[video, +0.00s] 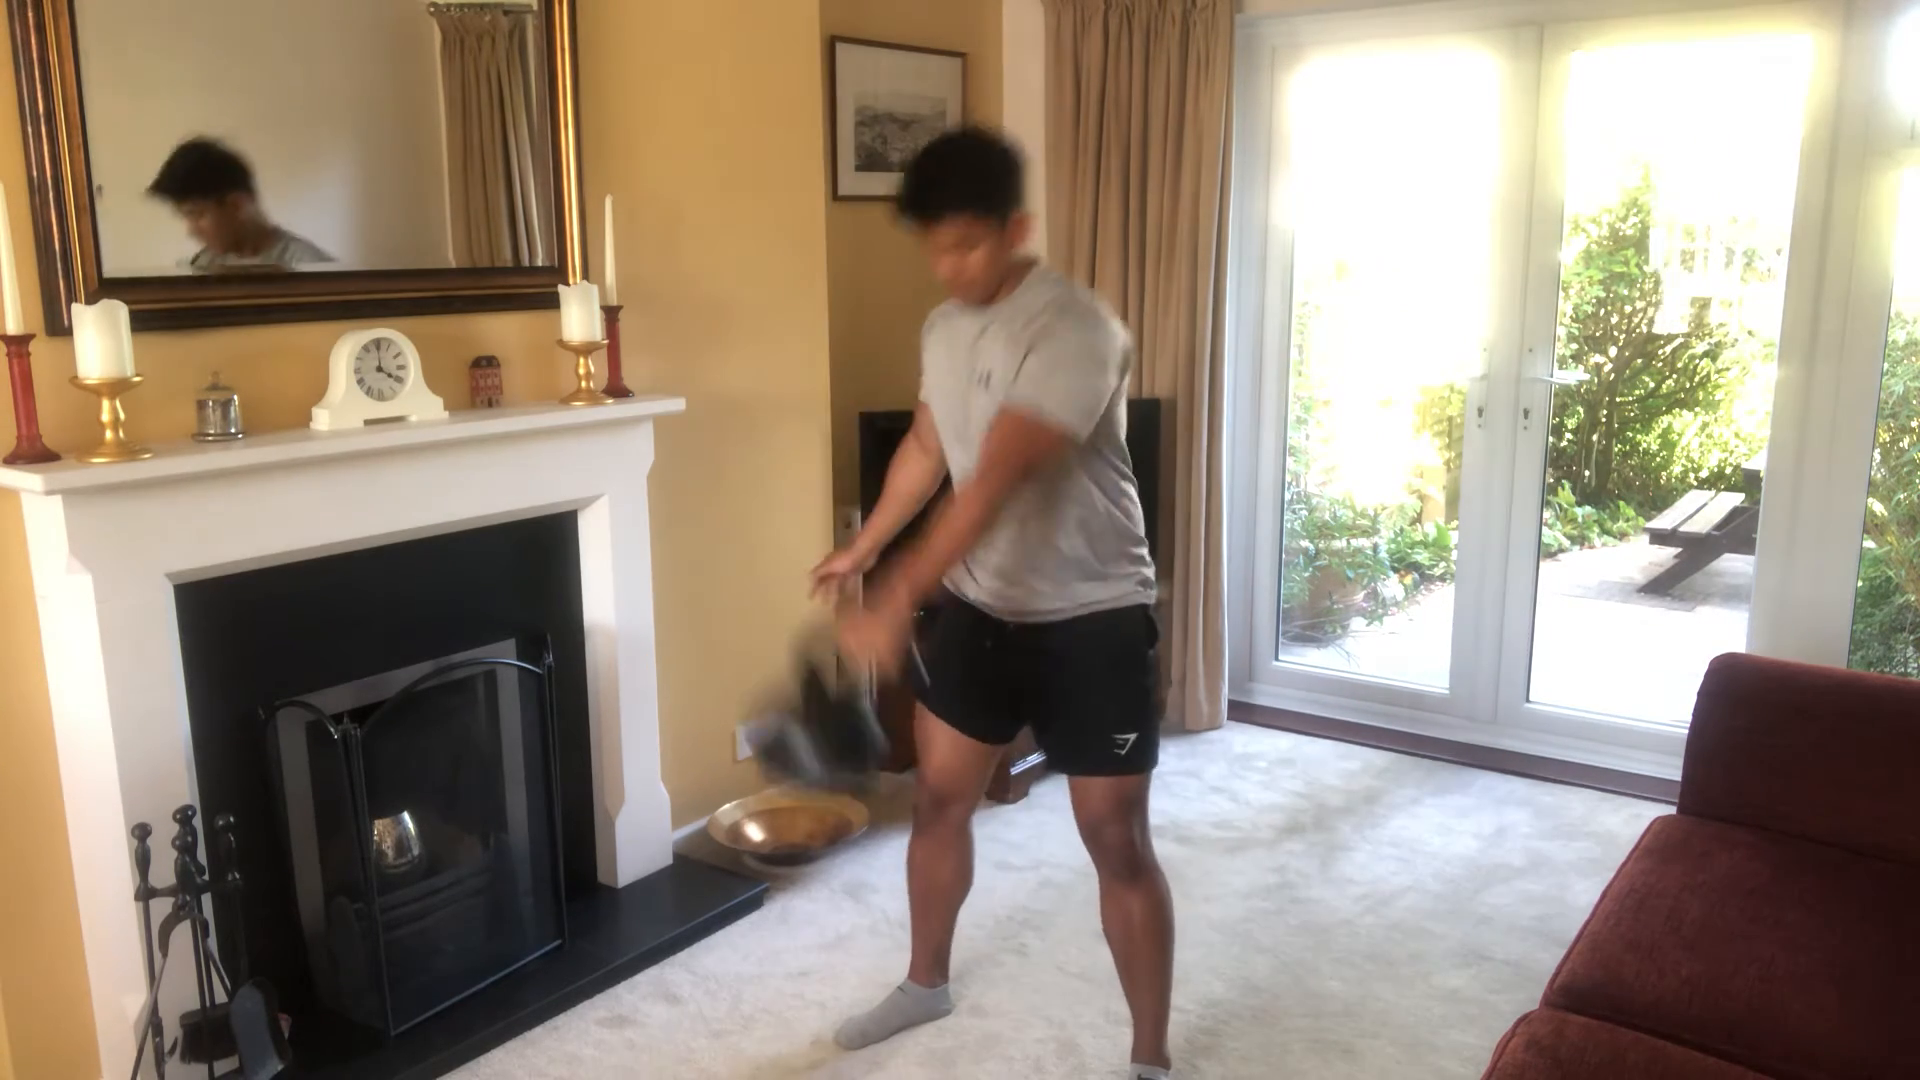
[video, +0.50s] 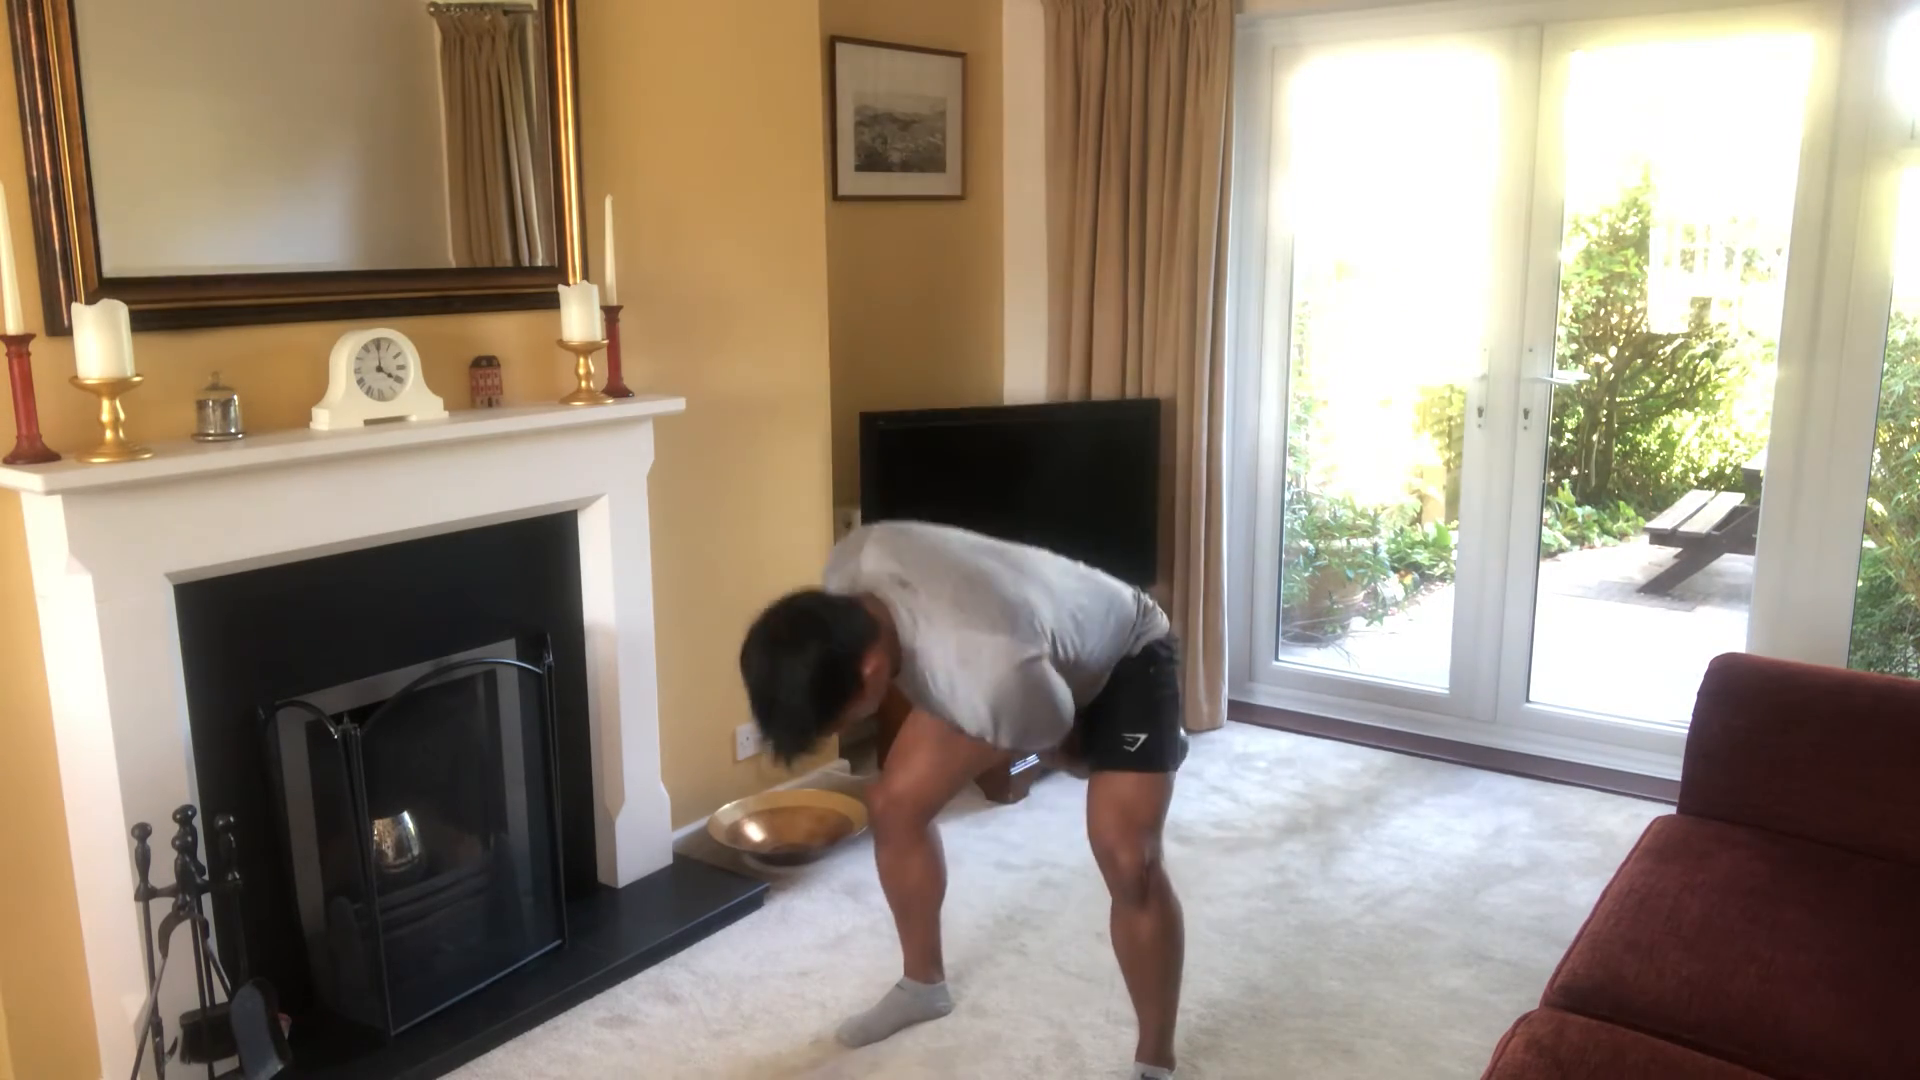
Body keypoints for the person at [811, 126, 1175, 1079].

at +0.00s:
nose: (949, 265)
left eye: (967, 243)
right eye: (935, 247)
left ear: (1019, 229)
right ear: (921, 241)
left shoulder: (1079, 327)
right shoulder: (946, 327)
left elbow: (996, 477)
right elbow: (926, 445)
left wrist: (897, 600)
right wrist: (864, 544)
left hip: (1093, 616)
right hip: (976, 608)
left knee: (1116, 839)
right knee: (938, 800)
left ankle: (1151, 1056)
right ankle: (926, 983)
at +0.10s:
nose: (895, 332)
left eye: (905, 311)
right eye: (884, 315)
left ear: (955, 291)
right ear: (885, 304)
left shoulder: (1045, 372)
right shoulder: (920, 360)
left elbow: (1004, 565)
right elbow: (916, 460)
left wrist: (946, 712)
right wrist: (856, 559)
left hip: (1105, 619)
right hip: (1001, 612)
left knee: (1124, 844)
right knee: (925, 774)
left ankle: (1152, 1057)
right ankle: (924, 981)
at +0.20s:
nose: (847, 456)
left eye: (849, 438)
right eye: (836, 441)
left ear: (890, 409)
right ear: (887, 399)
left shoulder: (1013, 467)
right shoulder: (908, 423)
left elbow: (1019, 642)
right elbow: (899, 502)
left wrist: (1005, 768)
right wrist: (870, 585)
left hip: (1115, 639)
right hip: (1005, 632)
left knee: (1129, 857)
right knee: (909, 801)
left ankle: (1153, 1061)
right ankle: (923, 983)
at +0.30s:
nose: (834, 584)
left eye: (834, 574)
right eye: (826, 577)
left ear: (871, 538)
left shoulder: (996, 567)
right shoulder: (879, 472)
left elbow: (1035, 693)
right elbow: (902, 546)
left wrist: (1053, 770)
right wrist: (891, 606)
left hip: (1118, 648)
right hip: (1007, 640)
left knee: (1128, 866)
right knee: (897, 805)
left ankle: (1153, 1062)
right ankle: (923, 984)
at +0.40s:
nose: (844, 690)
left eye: (837, 682)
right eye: (829, 689)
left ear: (858, 641)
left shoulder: (992, 654)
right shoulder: (850, 543)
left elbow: (1065, 743)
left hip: (1122, 655)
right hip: (1007, 650)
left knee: (1130, 867)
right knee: (894, 807)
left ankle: (1154, 1061)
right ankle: (924, 984)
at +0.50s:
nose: (845, 729)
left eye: (842, 718)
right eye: (834, 725)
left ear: (870, 670)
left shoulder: (995, 672)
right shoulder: (843, 567)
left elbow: (1069, 745)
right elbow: (897, 691)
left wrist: (1026, 775)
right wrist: (986, 771)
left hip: (1122, 645)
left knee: (1131, 861)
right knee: (895, 805)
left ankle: (1156, 1059)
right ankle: (924, 984)